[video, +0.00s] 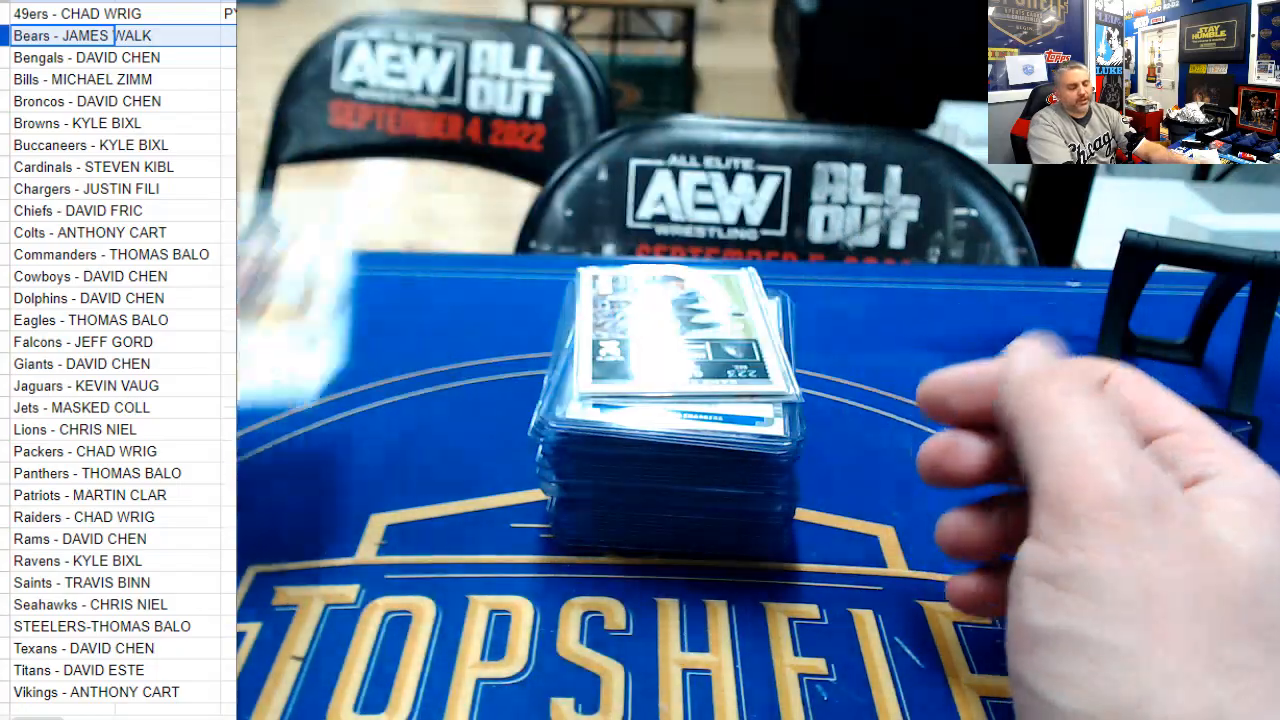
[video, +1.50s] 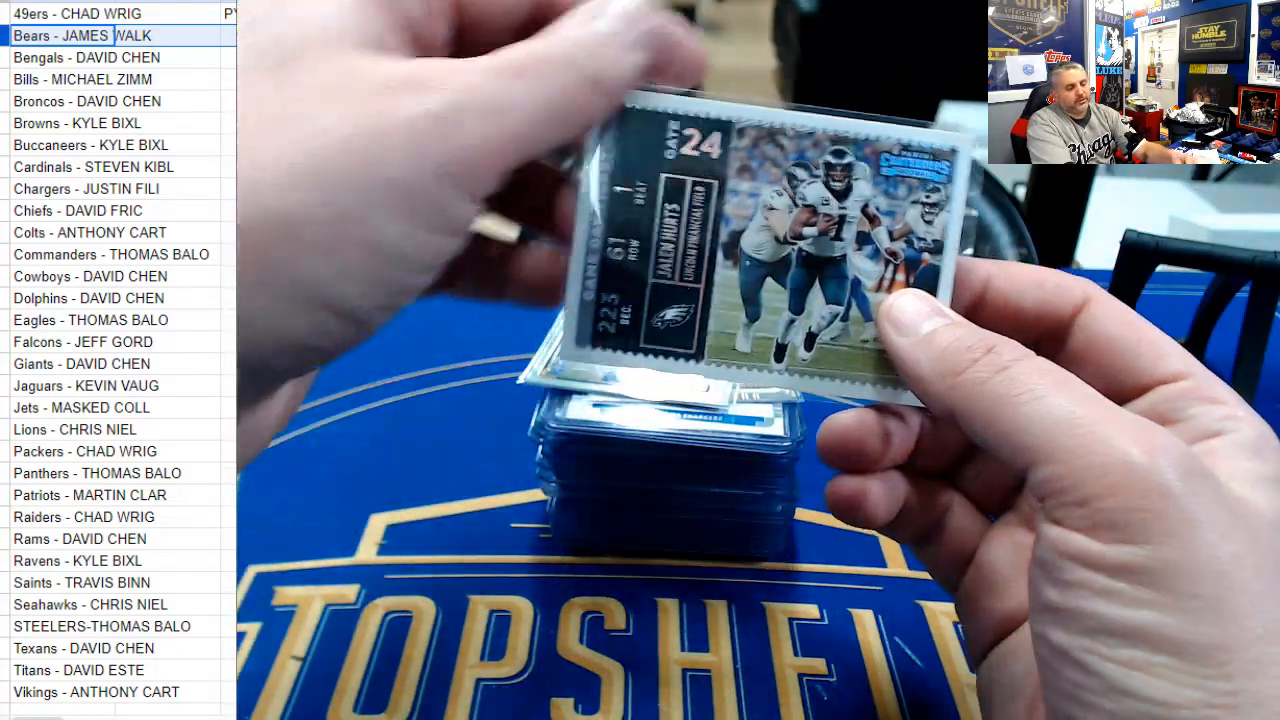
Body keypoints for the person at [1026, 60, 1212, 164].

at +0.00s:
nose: (1083, 92)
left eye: (1086, 84)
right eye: (1073, 87)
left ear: (1091, 84)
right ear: (1057, 94)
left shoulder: (1105, 113)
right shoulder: (1044, 124)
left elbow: (1147, 149)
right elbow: (1062, 176)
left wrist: (1190, 164)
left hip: (1113, 186)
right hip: (1072, 196)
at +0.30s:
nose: (1081, 93)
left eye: (1083, 84)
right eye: (1070, 89)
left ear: (1089, 84)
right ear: (1054, 96)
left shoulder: (1106, 114)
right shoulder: (1042, 124)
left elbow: (1150, 150)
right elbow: (1062, 178)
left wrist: (1191, 168)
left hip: (1114, 188)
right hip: (1070, 197)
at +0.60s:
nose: (1080, 93)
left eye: (1082, 84)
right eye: (1069, 89)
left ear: (1088, 84)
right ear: (1053, 97)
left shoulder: (1104, 113)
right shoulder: (1042, 123)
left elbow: (1144, 149)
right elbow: (1062, 175)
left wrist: (1182, 169)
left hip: (1112, 189)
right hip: (1068, 197)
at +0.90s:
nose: (1078, 93)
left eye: (1080, 84)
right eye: (1068, 89)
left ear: (1087, 84)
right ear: (1053, 97)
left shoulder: (1104, 113)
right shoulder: (1041, 123)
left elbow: (1144, 149)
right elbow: (1061, 175)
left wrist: (1182, 170)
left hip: (1112, 188)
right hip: (1069, 197)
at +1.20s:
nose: (1078, 93)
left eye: (1081, 84)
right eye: (1068, 89)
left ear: (1087, 84)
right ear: (1053, 97)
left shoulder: (1105, 114)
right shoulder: (1041, 123)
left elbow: (1145, 149)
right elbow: (1060, 177)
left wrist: (1188, 165)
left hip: (1114, 188)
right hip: (1070, 196)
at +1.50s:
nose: (1081, 92)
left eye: (1083, 84)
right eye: (1070, 88)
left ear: (1089, 84)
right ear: (1055, 96)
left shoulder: (1106, 114)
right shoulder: (1042, 123)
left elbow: (1143, 149)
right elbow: (1061, 177)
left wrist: (1173, 157)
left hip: (1112, 188)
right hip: (1070, 197)